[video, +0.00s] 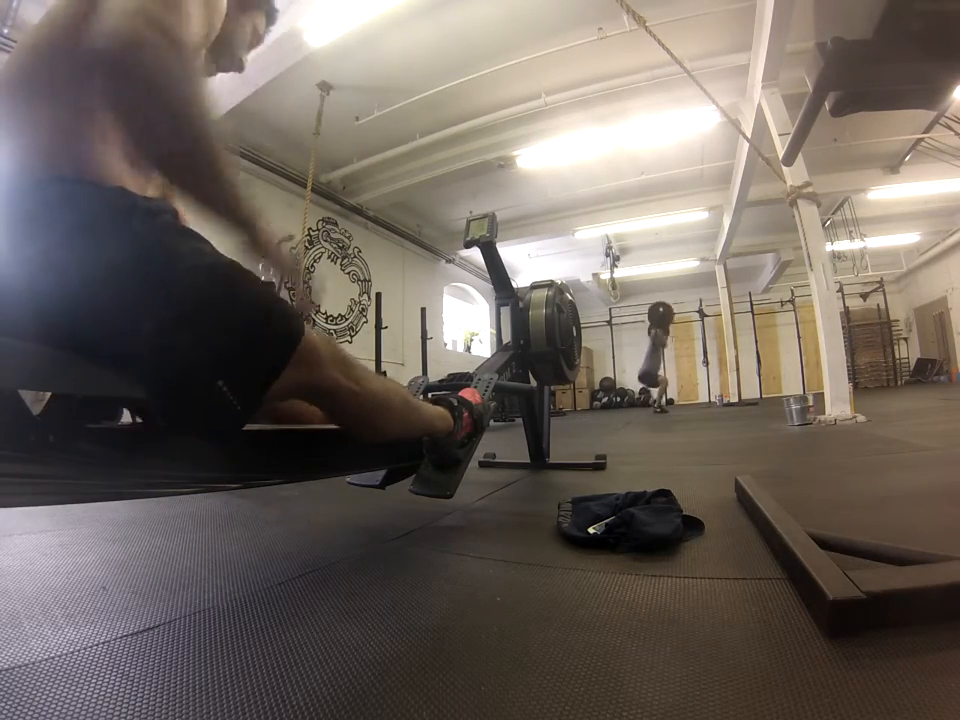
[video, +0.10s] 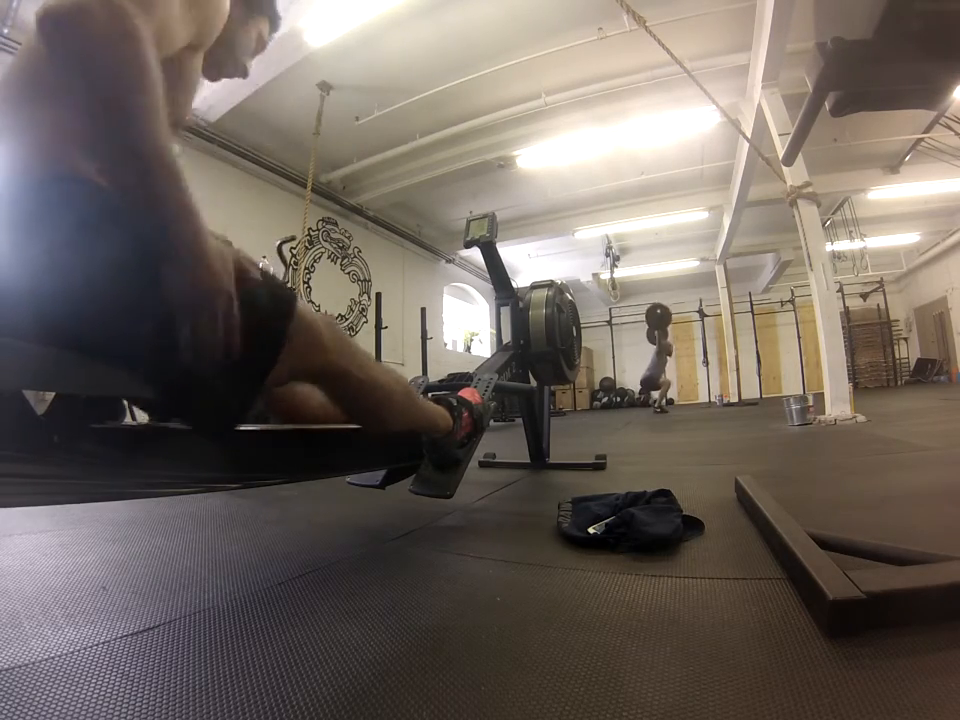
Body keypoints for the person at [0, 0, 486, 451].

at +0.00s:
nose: (256, 48)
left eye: (265, 36)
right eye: (264, 25)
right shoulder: (179, 2)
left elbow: (154, 200)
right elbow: (128, 53)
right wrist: (258, 233)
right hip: (75, 218)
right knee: (322, 366)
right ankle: (444, 424)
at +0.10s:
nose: (257, 57)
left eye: (266, 45)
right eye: (265, 33)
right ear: (243, 7)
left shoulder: (168, 84)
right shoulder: (204, 6)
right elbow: (86, 19)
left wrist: (214, 250)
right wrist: (187, 239)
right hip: (53, 217)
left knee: (279, 393)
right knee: (319, 338)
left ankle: (395, 424)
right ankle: (443, 426)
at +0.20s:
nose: (259, 70)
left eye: (272, 59)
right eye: (270, 46)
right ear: (250, 9)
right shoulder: (209, 3)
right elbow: (117, 34)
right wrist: (236, 231)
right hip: (60, 227)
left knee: (267, 348)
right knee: (331, 317)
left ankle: (358, 432)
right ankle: (443, 427)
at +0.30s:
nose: (265, 89)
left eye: (275, 76)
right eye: (274, 66)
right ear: (261, 22)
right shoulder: (220, 6)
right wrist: (304, 245)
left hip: (42, 262)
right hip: (97, 250)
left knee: (251, 329)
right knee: (343, 289)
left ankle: (359, 416)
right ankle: (444, 427)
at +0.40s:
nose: (302, 99)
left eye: (308, 92)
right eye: (306, 84)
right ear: (286, 46)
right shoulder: (248, 32)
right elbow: (318, 158)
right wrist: (391, 256)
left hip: (65, 279)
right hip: (136, 262)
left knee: (269, 322)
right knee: (374, 283)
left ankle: (364, 417)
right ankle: (444, 432)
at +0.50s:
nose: (315, 142)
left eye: (335, 102)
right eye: (333, 94)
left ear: (290, 51)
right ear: (320, 70)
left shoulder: (203, 93)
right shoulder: (304, 70)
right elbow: (402, 183)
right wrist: (451, 267)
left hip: (105, 299)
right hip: (190, 286)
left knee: (278, 301)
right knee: (398, 270)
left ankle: (363, 415)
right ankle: (443, 426)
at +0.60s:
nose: (367, 124)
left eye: (367, 118)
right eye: (366, 115)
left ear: (306, 83)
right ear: (357, 100)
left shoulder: (239, 114)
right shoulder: (350, 109)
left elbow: (148, 189)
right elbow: (457, 221)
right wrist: (488, 310)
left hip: (146, 312)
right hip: (236, 299)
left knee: (293, 285)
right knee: (426, 258)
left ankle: (361, 413)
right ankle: (443, 426)